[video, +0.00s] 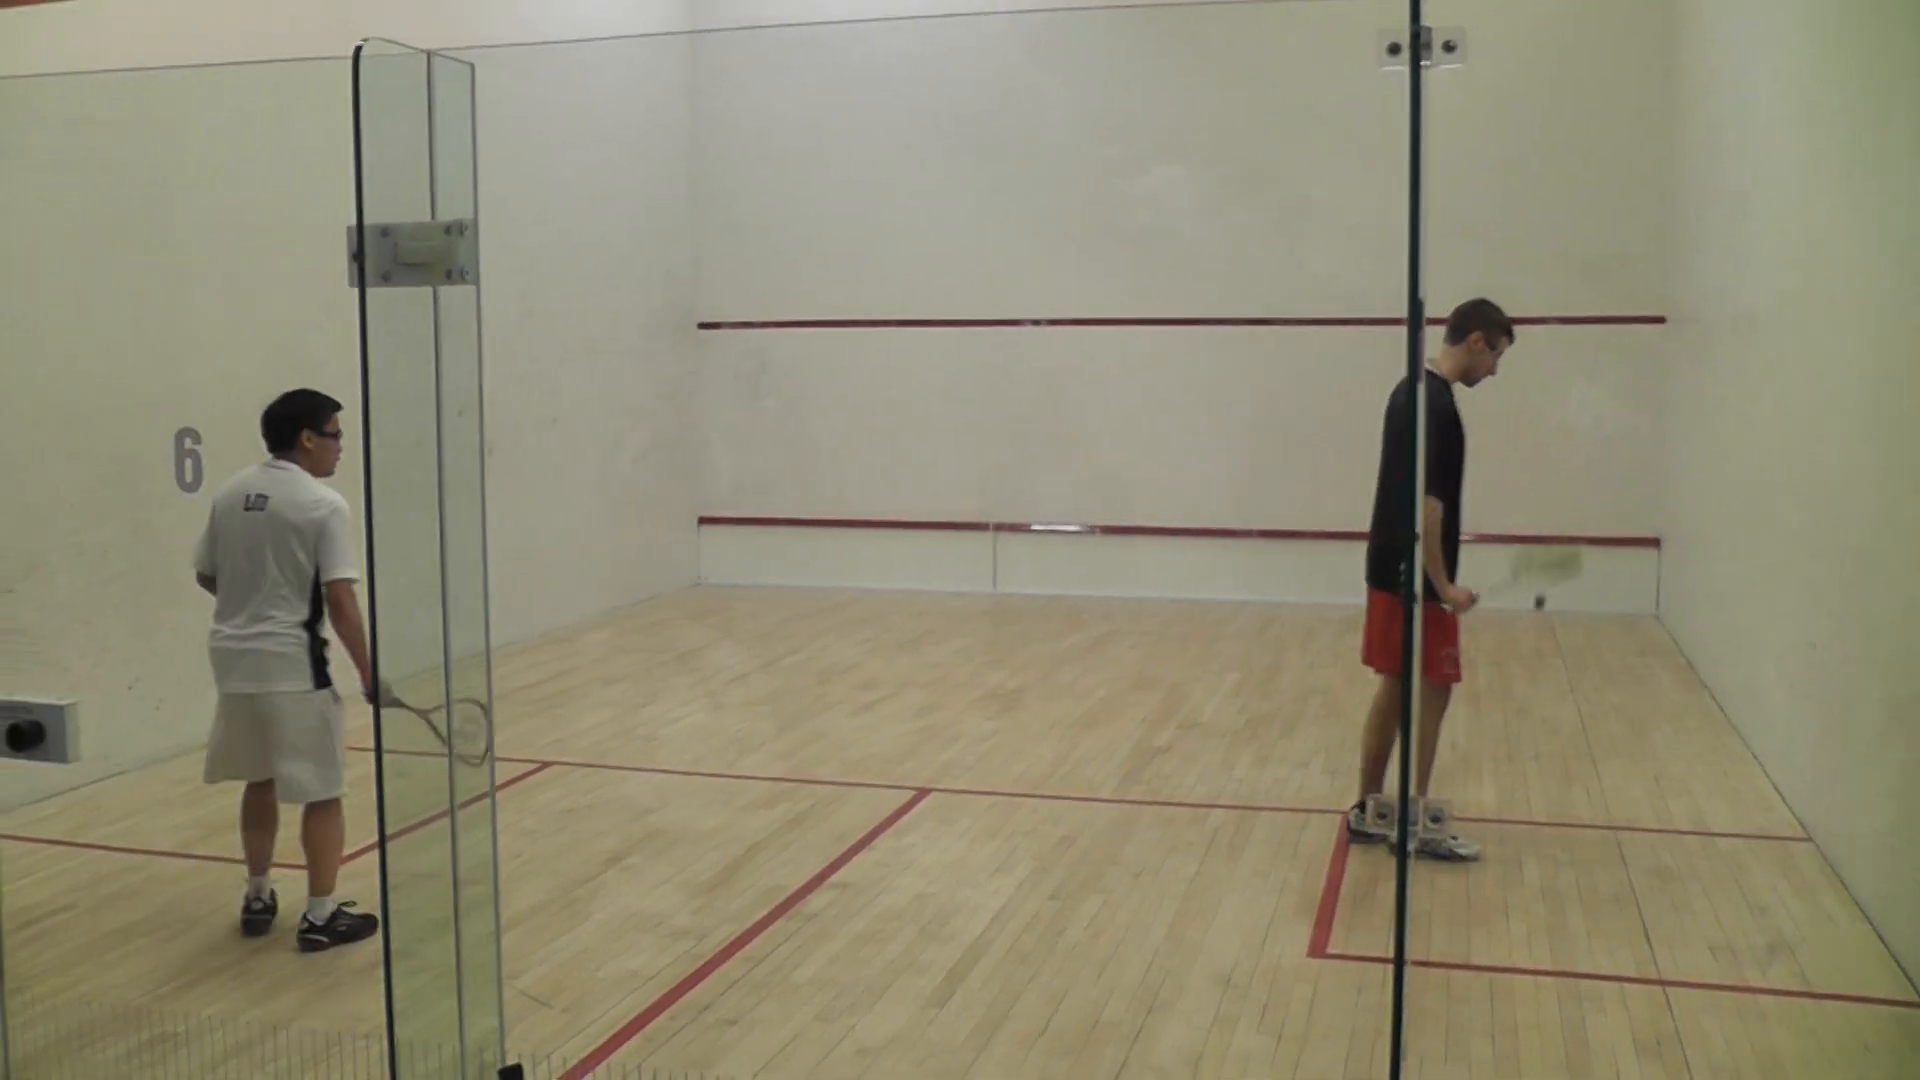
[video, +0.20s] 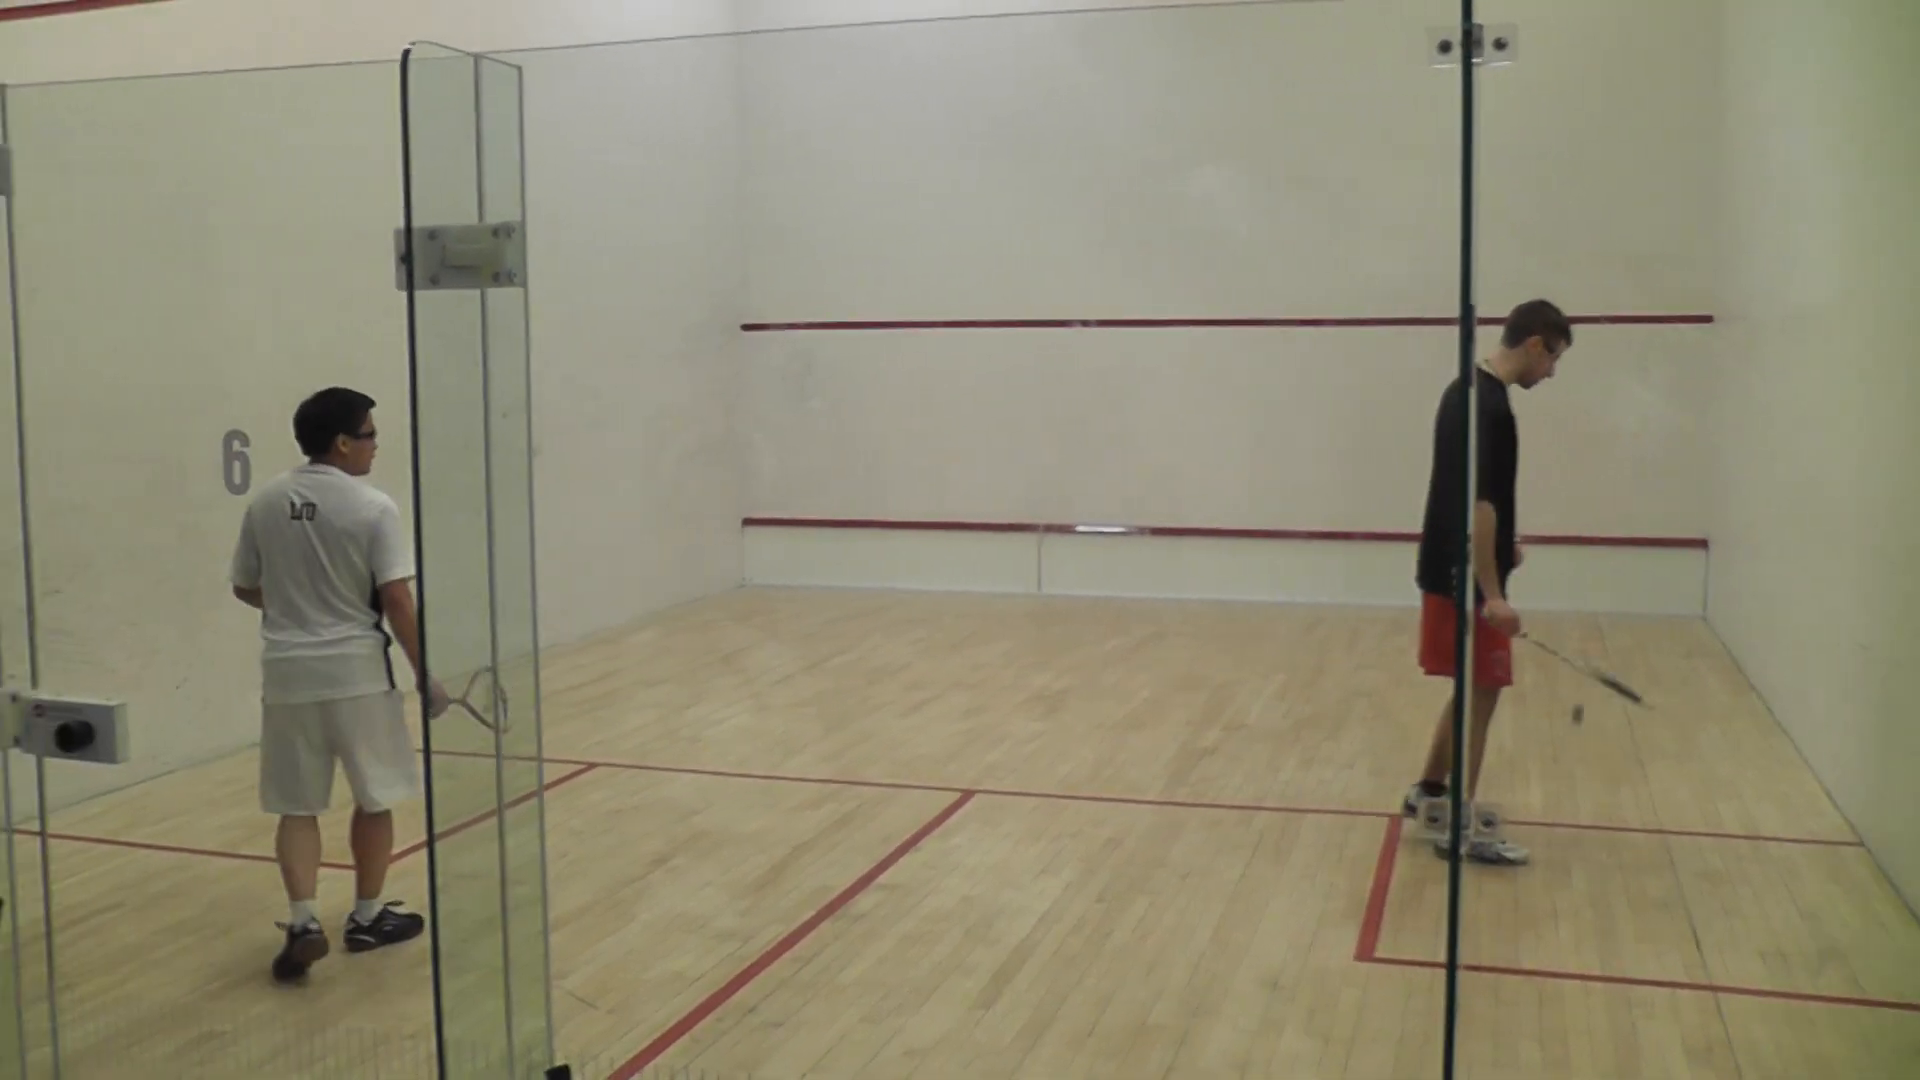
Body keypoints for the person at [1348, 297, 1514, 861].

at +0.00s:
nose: (1494, 370)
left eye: (1498, 358)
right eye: (1495, 356)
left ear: (1459, 340)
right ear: (1473, 342)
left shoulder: (1411, 393)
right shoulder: (1435, 404)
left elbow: (1408, 497)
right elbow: (1429, 505)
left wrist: (1430, 575)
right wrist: (1442, 583)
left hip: (1394, 569)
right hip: (1419, 577)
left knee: (1394, 685)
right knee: (1433, 690)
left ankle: (1370, 807)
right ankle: (1413, 819)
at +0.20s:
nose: (1551, 372)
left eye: (1556, 361)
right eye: (1552, 358)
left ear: (1518, 342)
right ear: (1531, 345)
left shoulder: (1469, 392)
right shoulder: (1486, 404)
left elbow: (1468, 493)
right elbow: (1480, 504)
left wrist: (1500, 545)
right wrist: (1491, 594)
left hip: (1458, 571)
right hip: (1467, 579)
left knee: (1474, 686)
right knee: (1483, 691)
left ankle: (1432, 792)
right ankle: (1457, 821)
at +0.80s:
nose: (1547, 353)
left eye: (1559, 343)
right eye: (1542, 341)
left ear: (1583, 348)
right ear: (1536, 344)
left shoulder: (1588, 415)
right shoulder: (1518, 415)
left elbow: (1586, 492)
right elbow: (1502, 500)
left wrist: (1605, 532)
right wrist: (1554, 560)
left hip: (1555, 579)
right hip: (1522, 580)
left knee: (1530, 697)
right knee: (1544, 700)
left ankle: (1513, 817)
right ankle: (1528, 827)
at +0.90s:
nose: (1549, 352)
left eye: (1560, 342)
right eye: (1544, 341)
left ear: (1587, 346)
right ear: (1538, 343)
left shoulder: (1593, 411)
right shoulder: (1524, 414)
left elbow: (1593, 488)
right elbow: (1509, 500)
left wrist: (1607, 532)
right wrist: (1566, 556)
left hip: (1562, 578)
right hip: (1532, 579)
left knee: (1534, 697)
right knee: (1548, 703)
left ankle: (1519, 817)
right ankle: (1541, 832)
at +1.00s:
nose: (1559, 352)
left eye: (1570, 342)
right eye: (1552, 341)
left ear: (1593, 347)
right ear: (1543, 344)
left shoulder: (1596, 410)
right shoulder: (1531, 414)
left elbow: (1596, 487)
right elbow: (1522, 503)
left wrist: (1614, 536)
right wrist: (1588, 553)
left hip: (1568, 576)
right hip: (1539, 579)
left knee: (1541, 696)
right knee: (1559, 700)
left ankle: (1524, 817)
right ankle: (1545, 831)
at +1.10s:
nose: (1582, 351)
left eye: (1591, 342)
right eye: (1571, 342)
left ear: (1604, 350)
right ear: (1554, 347)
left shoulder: (1596, 414)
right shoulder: (1539, 417)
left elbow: (1598, 496)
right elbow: (1540, 510)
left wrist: (1624, 545)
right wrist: (1609, 550)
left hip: (1573, 580)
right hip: (1548, 582)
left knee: (1544, 698)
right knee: (1571, 702)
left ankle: (1530, 818)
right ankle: (1549, 832)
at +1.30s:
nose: (1628, 357)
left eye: (1630, 346)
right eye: (1616, 346)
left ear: (1624, 350)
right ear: (1585, 349)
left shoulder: (1587, 413)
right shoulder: (1573, 421)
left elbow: (1591, 506)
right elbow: (1579, 520)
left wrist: (1625, 552)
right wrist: (1656, 552)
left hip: (1556, 585)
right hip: (1567, 589)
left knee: (1551, 697)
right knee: (1586, 704)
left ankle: (1539, 820)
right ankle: (1569, 842)